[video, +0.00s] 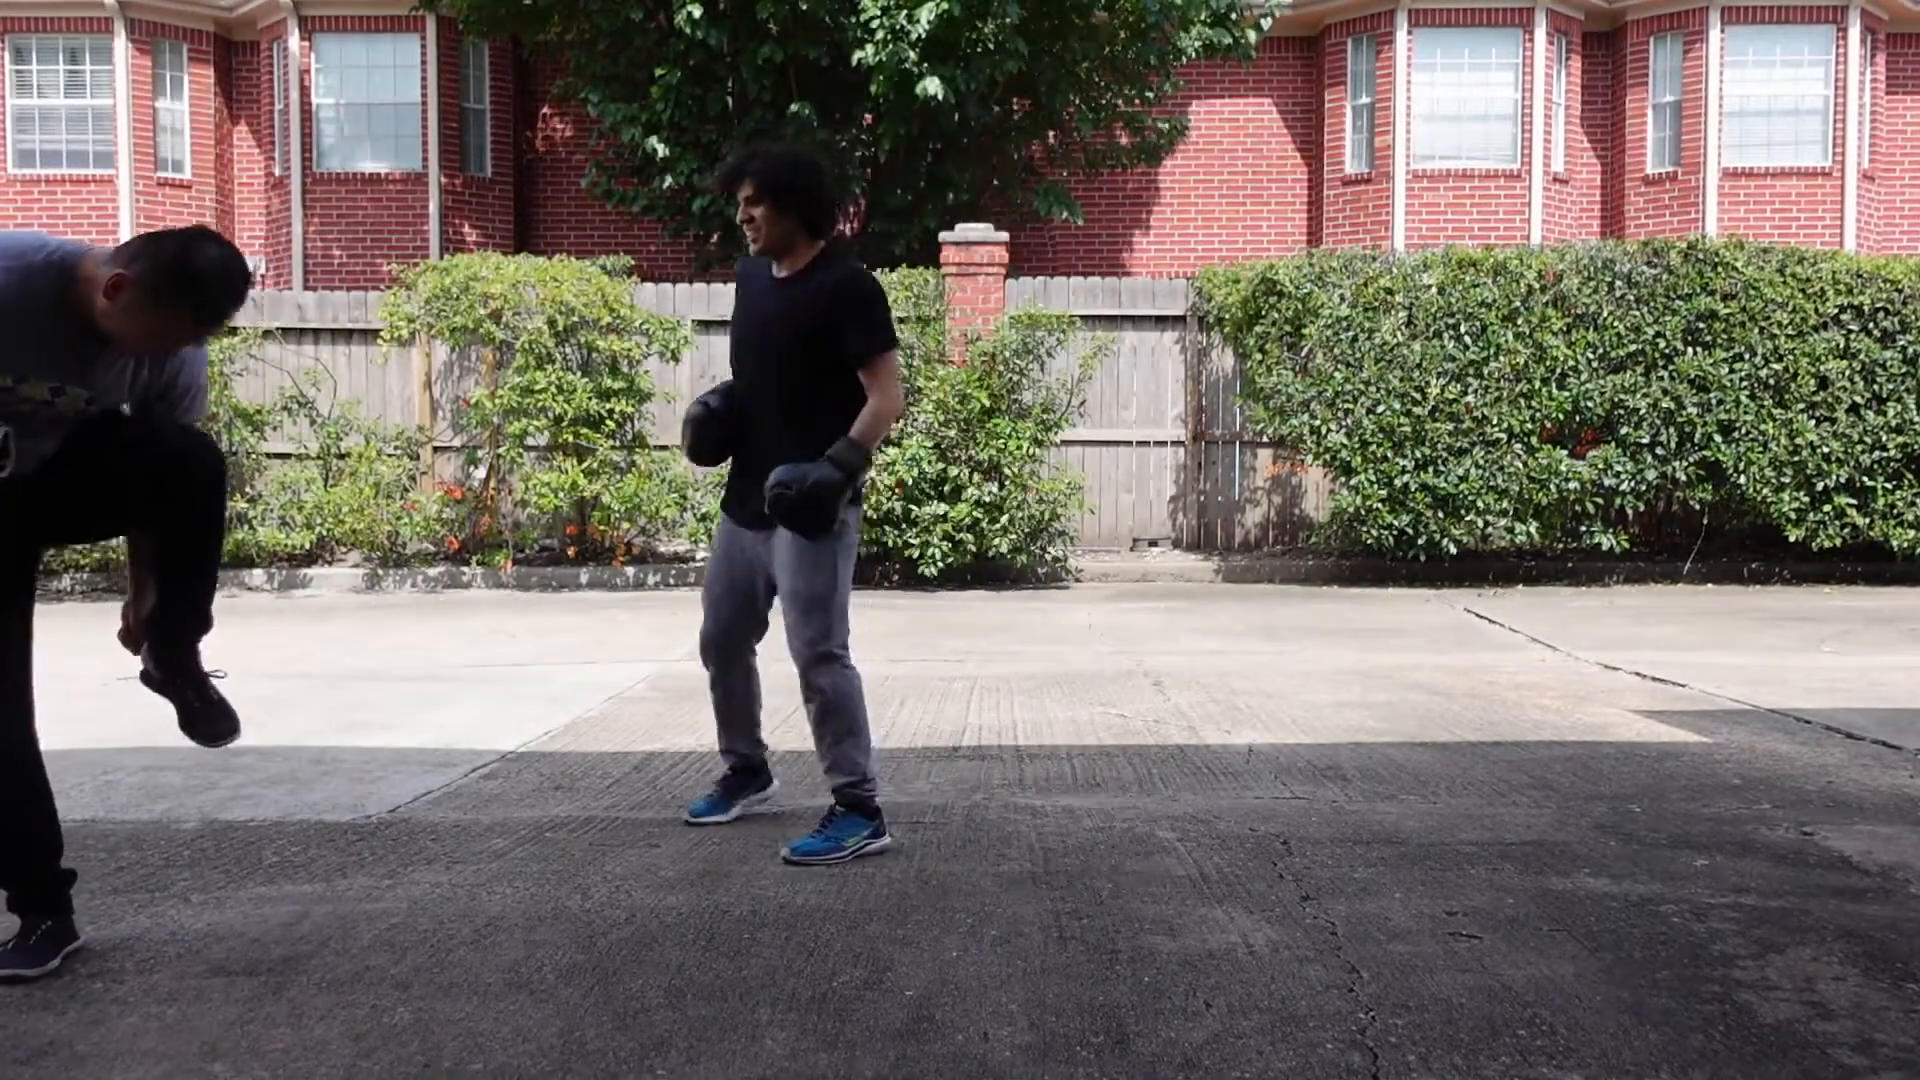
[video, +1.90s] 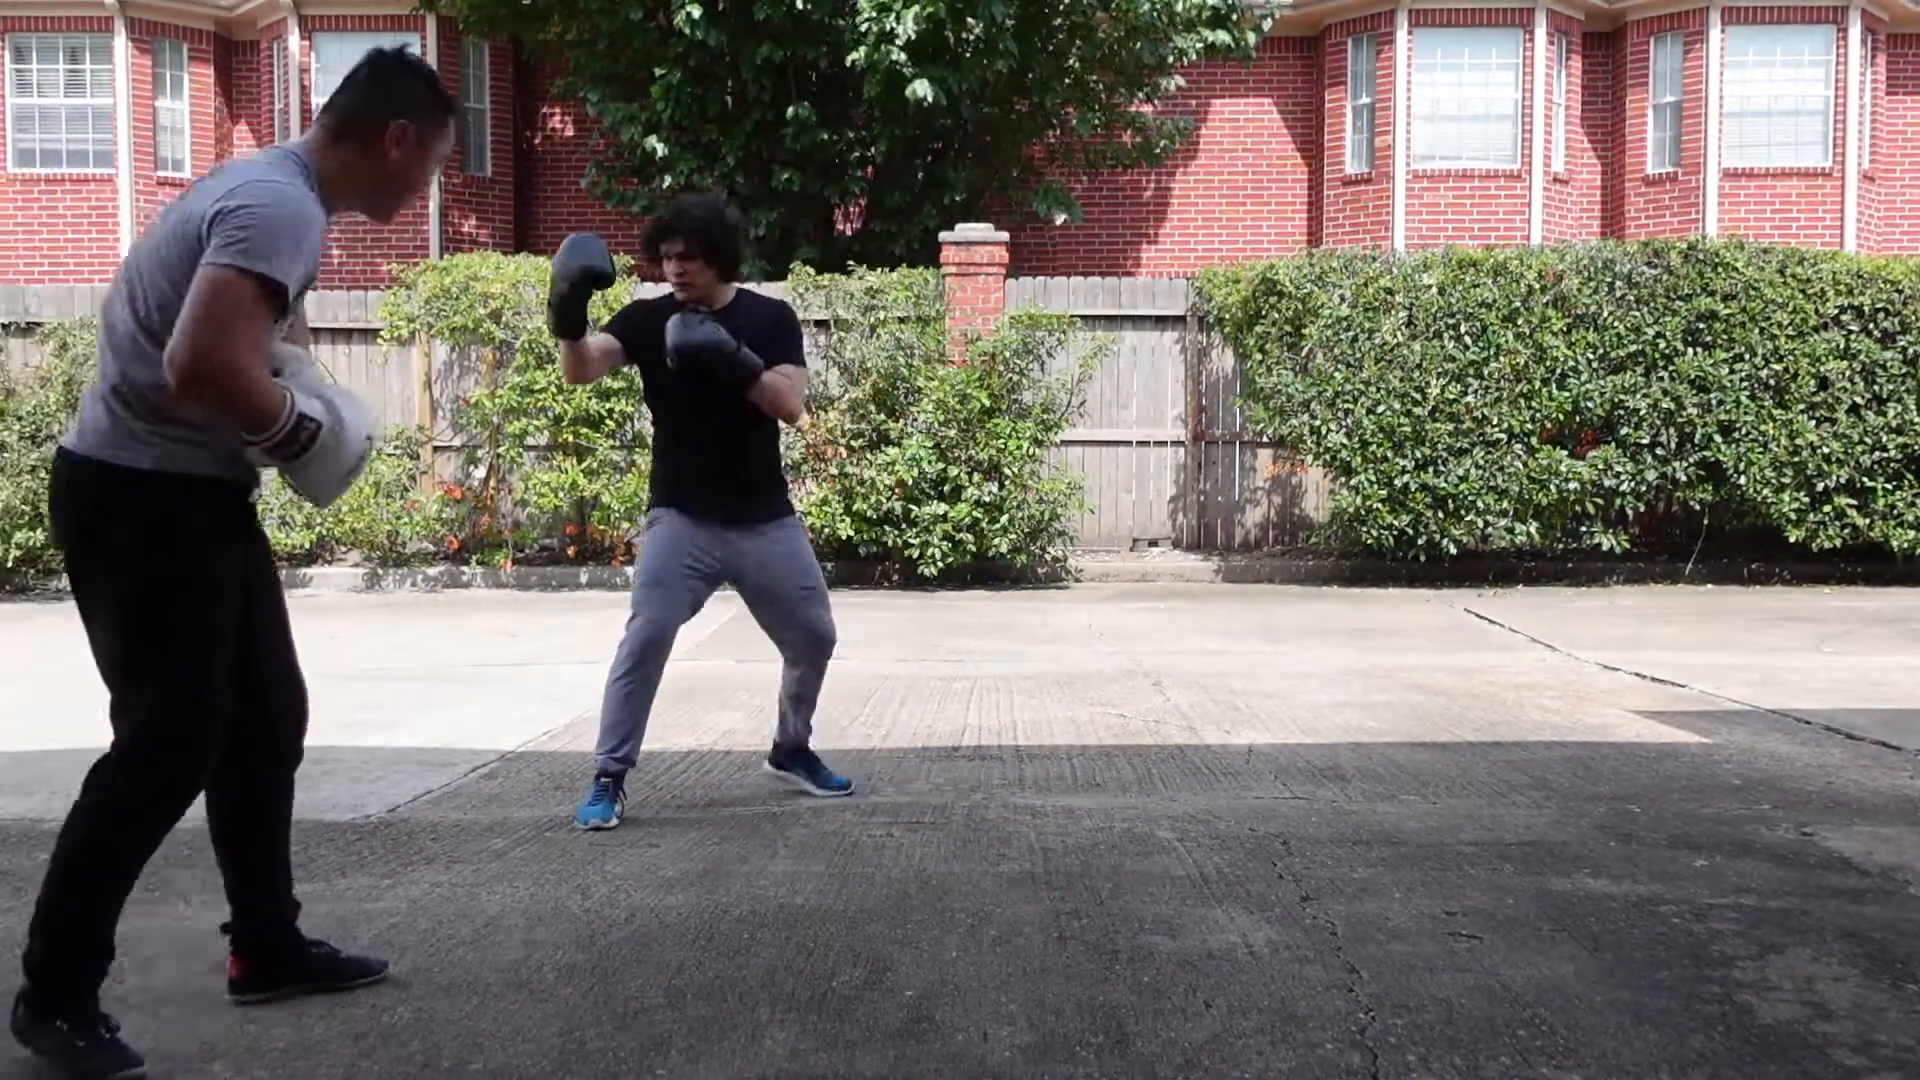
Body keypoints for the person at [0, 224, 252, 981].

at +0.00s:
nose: (166, 358)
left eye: (181, 347)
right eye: (162, 340)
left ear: (196, 325)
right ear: (118, 288)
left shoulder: (174, 354)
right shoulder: (15, 277)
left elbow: (164, 481)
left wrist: (143, 595)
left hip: (72, 474)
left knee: (193, 459)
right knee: (2, 710)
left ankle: (173, 656)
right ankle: (40, 909)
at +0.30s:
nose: (164, 371)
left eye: (181, 362)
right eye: (157, 355)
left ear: (209, 341)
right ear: (119, 296)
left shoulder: (203, 348)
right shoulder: (18, 292)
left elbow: (199, 456)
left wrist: (194, 571)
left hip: (100, 471)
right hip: (9, 488)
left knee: (219, 533)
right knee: (9, 709)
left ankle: (219, 756)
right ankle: (43, 908)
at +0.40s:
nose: (156, 341)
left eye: (171, 333)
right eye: (150, 325)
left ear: (202, 307)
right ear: (117, 264)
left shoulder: (199, 294)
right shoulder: (16, 269)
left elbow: (215, 399)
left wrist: (252, 512)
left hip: (128, 497)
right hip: (18, 510)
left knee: (213, 658)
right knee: (13, 709)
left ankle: (207, 873)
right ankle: (45, 910)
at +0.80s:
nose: (232, 220)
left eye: (250, 205)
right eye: (221, 201)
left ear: (269, 186)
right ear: (172, 146)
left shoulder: (265, 214)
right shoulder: (57, 204)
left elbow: (330, 348)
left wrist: (217, 377)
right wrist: (30, 428)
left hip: (190, 501)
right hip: (59, 503)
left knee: (206, 714)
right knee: (55, 718)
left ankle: (174, 922)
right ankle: (18, 945)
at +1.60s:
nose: (351, 209)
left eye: (363, 191)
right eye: (352, 183)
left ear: (293, 145)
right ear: (290, 140)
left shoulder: (249, 215)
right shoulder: (144, 203)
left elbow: (257, 323)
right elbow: (21, 332)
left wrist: (245, 405)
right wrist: (131, 431)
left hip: (126, 479)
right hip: (36, 476)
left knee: (173, 709)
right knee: (63, 732)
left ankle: (164, 937)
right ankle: (40, 1011)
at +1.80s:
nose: (412, 188)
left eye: (421, 164)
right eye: (413, 161)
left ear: (351, 139)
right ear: (362, 142)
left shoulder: (277, 215)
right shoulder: (233, 207)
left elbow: (232, 339)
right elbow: (115, 353)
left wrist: (270, 412)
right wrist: (216, 429)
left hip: (157, 490)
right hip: (88, 489)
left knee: (214, 727)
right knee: (112, 739)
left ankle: (261, 949)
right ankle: (46, 1017)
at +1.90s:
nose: (427, 184)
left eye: (436, 162)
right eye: (431, 159)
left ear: (363, 127)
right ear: (390, 136)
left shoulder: (279, 196)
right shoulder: (275, 205)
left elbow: (240, 339)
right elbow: (200, 365)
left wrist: (303, 402)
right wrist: (294, 431)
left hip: (201, 489)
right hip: (138, 492)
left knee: (265, 719)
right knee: (168, 742)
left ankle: (266, 946)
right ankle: (52, 1000)